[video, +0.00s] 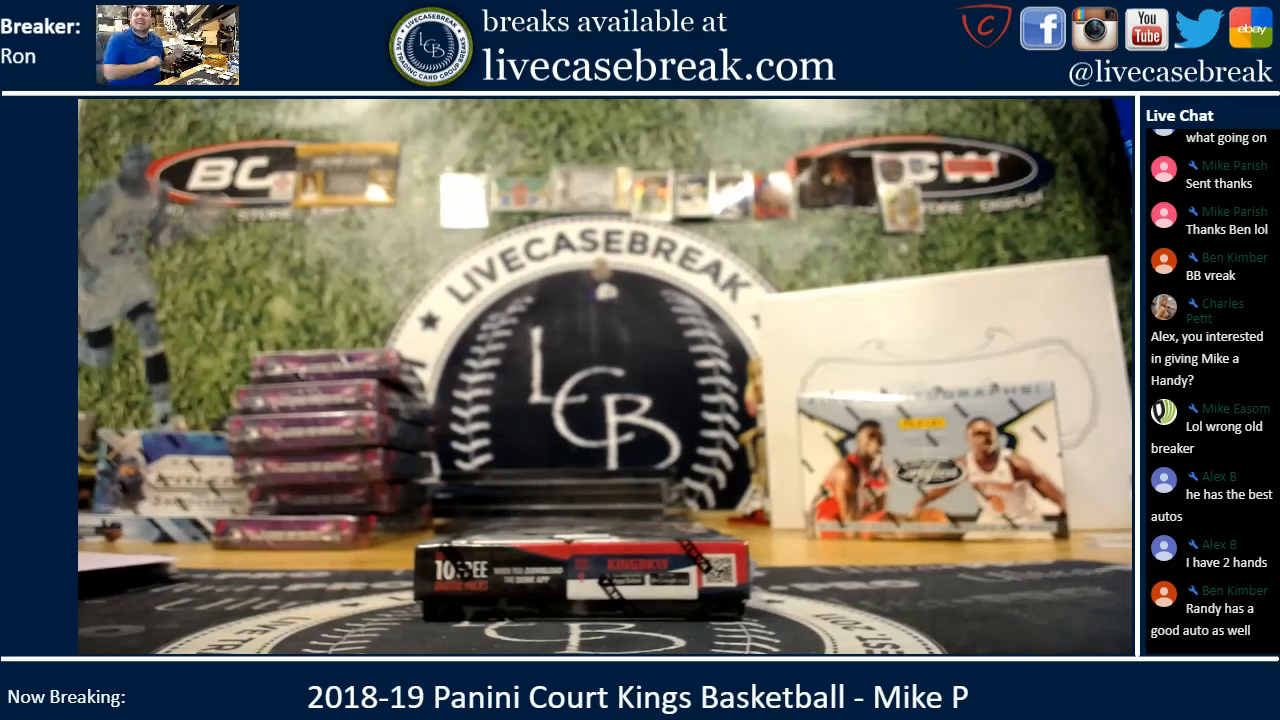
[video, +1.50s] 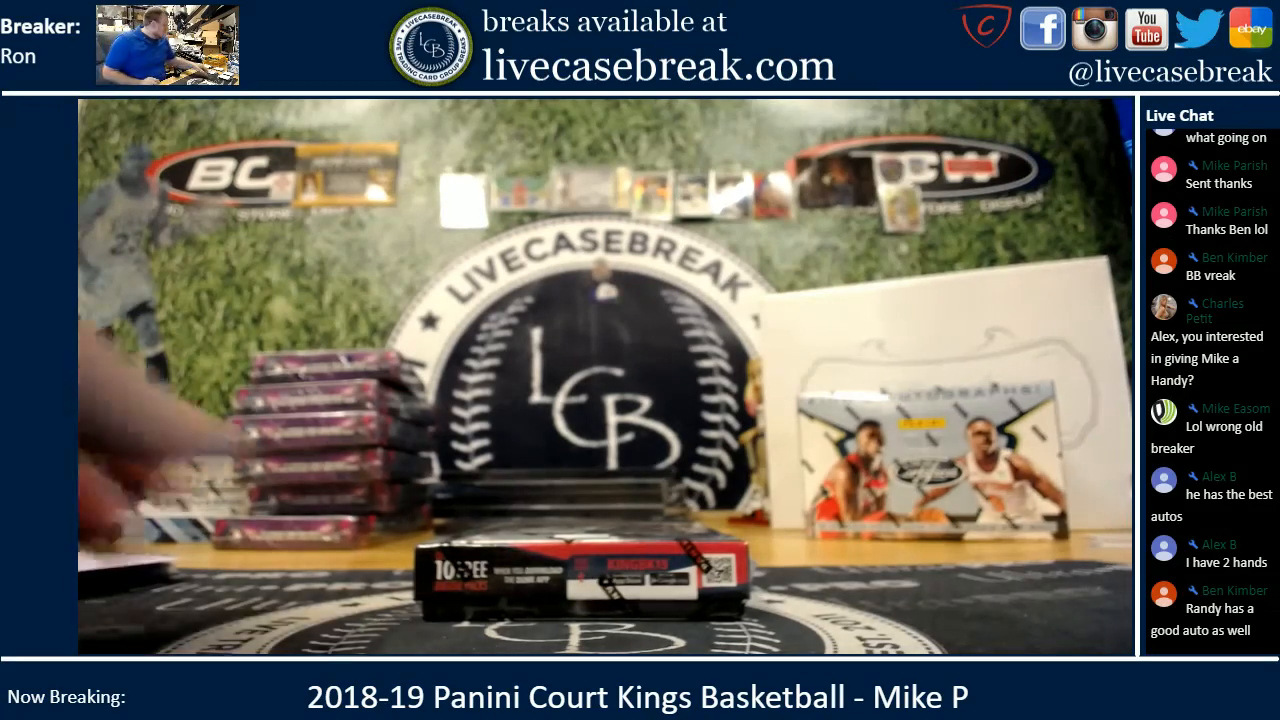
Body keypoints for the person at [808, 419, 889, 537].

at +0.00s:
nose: (878, 442)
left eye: (880, 437)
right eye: (872, 437)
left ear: (883, 441)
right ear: (859, 440)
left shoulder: (878, 472)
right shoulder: (846, 470)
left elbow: (880, 509)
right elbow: (849, 518)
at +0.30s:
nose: (878, 442)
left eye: (880, 437)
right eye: (872, 437)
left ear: (883, 440)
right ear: (860, 440)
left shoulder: (878, 472)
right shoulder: (846, 470)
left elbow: (880, 510)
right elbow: (849, 518)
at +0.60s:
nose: (878, 442)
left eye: (880, 437)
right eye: (872, 437)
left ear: (883, 440)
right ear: (860, 440)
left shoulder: (879, 473)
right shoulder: (846, 470)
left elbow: (879, 511)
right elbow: (849, 518)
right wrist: (884, 516)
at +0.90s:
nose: (878, 442)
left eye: (880, 437)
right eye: (872, 436)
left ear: (883, 440)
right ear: (859, 440)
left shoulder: (879, 474)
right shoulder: (846, 470)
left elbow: (879, 513)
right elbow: (849, 518)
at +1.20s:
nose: (878, 442)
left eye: (880, 437)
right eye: (871, 436)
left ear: (883, 440)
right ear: (859, 440)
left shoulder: (880, 473)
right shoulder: (846, 470)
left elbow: (879, 511)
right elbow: (849, 519)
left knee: (884, 520)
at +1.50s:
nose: (878, 442)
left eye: (880, 437)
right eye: (872, 436)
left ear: (883, 440)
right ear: (859, 440)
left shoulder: (880, 473)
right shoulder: (846, 470)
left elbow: (879, 512)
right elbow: (849, 519)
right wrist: (885, 517)